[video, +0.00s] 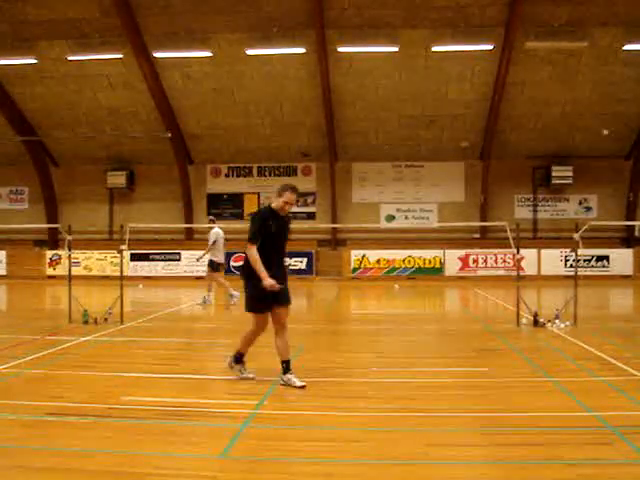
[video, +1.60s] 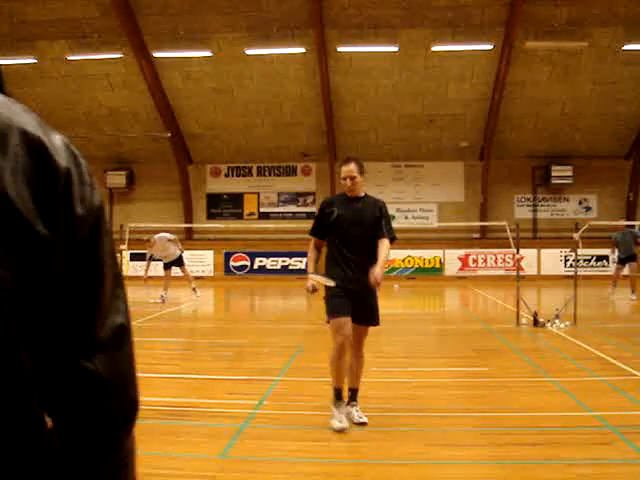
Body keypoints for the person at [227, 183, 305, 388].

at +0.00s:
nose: (288, 207)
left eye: (291, 204)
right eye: (286, 202)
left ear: (293, 204)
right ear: (276, 198)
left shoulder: (284, 220)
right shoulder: (261, 217)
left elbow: (278, 250)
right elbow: (251, 249)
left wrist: (280, 276)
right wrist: (265, 277)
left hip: (278, 275)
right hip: (257, 276)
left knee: (281, 324)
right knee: (260, 324)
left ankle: (286, 371)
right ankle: (237, 359)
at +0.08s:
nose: (293, 207)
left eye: (297, 204)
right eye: (292, 202)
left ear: (300, 204)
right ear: (284, 196)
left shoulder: (292, 220)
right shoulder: (265, 214)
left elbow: (296, 248)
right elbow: (252, 245)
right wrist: (258, 275)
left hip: (283, 274)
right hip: (264, 275)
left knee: (284, 322)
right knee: (269, 325)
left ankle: (286, 371)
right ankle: (245, 353)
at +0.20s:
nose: (300, 203)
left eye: (303, 199)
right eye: (297, 198)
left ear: (306, 199)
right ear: (289, 193)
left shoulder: (305, 218)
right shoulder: (270, 212)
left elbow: (323, 243)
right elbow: (253, 240)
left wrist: (345, 265)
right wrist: (247, 271)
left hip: (291, 274)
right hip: (269, 272)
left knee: (288, 321)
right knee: (281, 319)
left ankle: (287, 371)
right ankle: (265, 357)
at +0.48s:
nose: (302, 200)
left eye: (305, 195)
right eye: (297, 196)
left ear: (310, 194)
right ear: (290, 195)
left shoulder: (319, 214)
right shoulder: (280, 216)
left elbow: (335, 237)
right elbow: (262, 247)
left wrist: (343, 237)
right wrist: (248, 276)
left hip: (310, 277)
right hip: (287, 277)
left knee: (299, 327)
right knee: (295, 327)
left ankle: (289, 370)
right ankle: (304, 379)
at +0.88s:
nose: (304, 194)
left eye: (306, 188)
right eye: (299, 190)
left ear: (314, 184)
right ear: (293, 191)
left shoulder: (331, 207)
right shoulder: (289, 211)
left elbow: (340, 243)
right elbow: (282, 249)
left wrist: (344, 273)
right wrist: (280, 283)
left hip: (329, 277)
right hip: (302, 279)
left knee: (338, 328)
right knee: (307, 333)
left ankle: (325, 367)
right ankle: (310, 385)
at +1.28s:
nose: (338, 187)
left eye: (342, 183)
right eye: (334, 183)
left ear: (349, 185)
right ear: (327, 185)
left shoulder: (361, 211)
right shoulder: (315, 210)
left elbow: (372, 245)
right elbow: (298, 245)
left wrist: (386, 276)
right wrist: (293, 276)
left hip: (351, 284)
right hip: (322, 285)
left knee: (351, 342)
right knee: (323, 339)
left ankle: (353, 402)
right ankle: (313, 383)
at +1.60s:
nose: (348, 183)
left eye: (352, 178)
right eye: (344, 179)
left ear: (363, 179)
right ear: (340, 180)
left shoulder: (376, 207)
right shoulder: (330, 206)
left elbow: (384, 241)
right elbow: (315, 244)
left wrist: (379, 267)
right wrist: (311, 274)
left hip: (364, 283)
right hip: (336, 282)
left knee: (358, 342)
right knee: (342, 338)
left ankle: (352, 402)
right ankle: (338, 404)